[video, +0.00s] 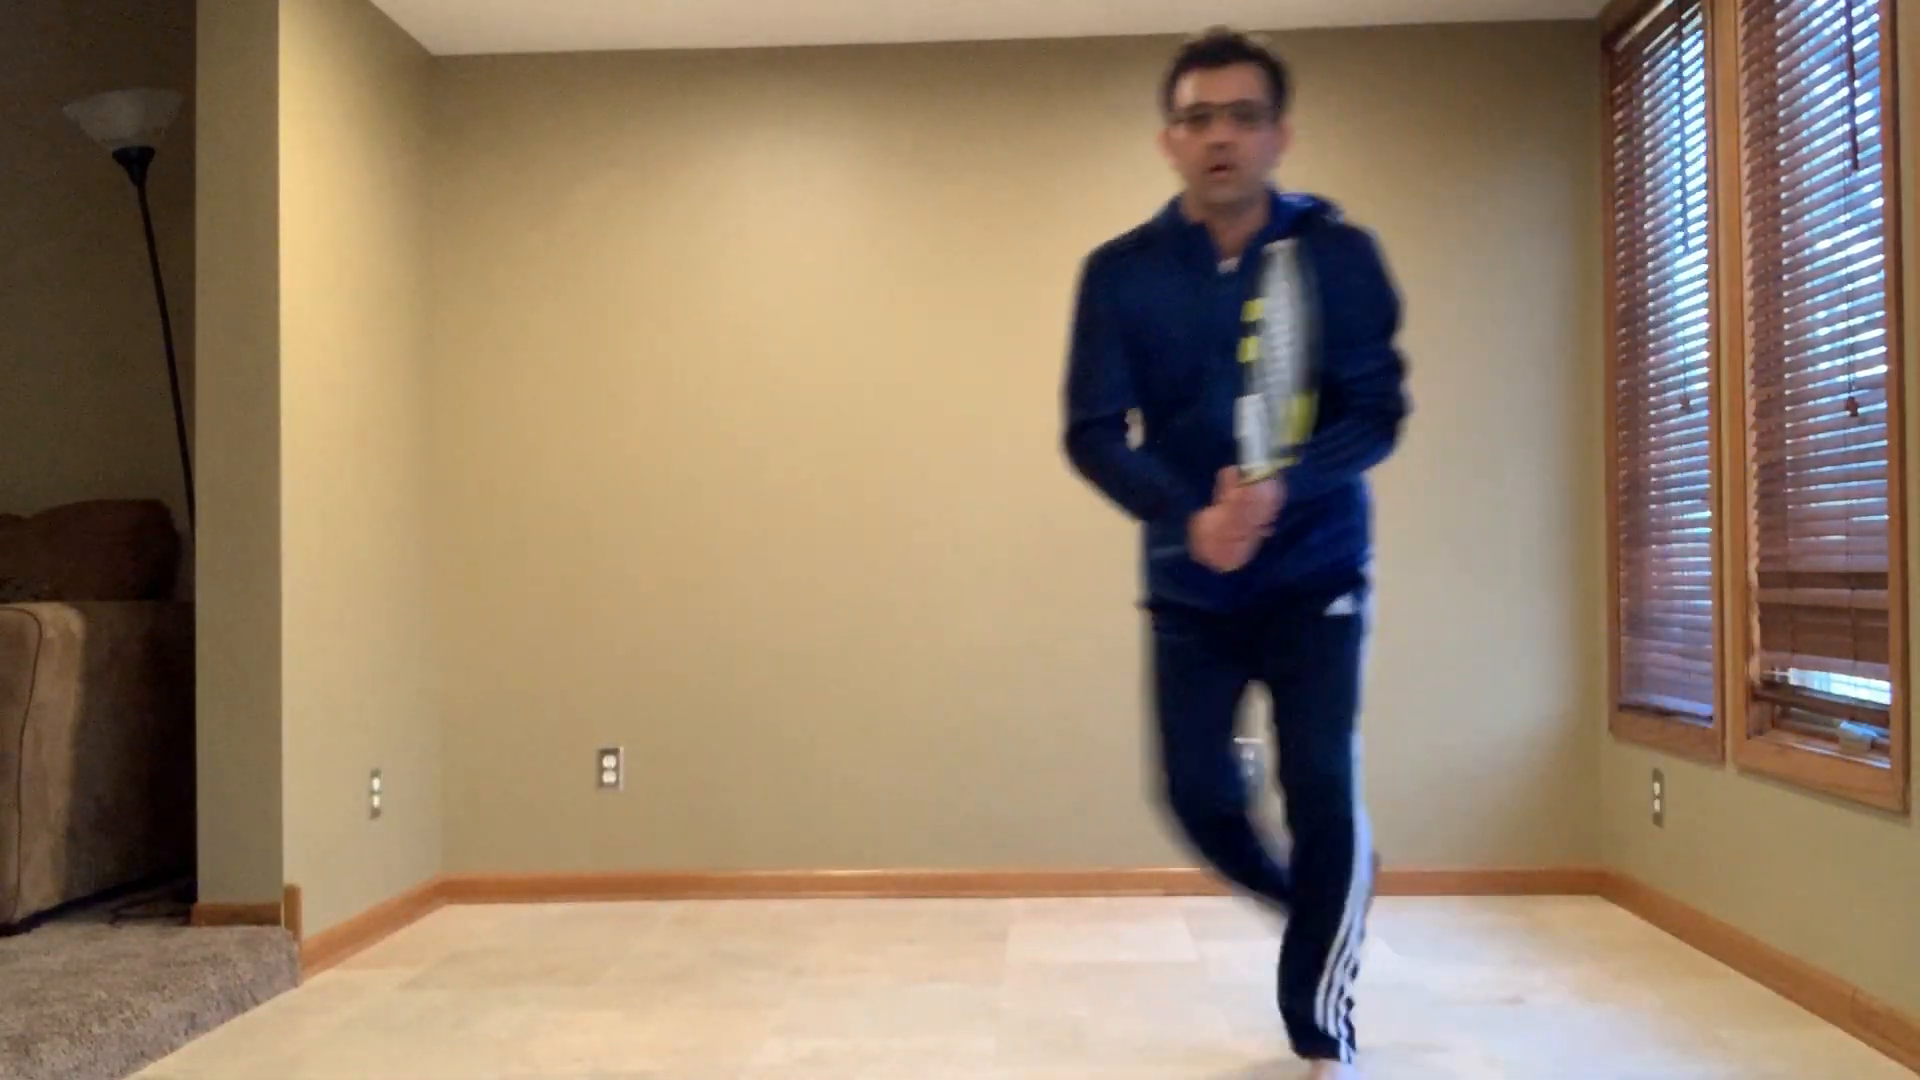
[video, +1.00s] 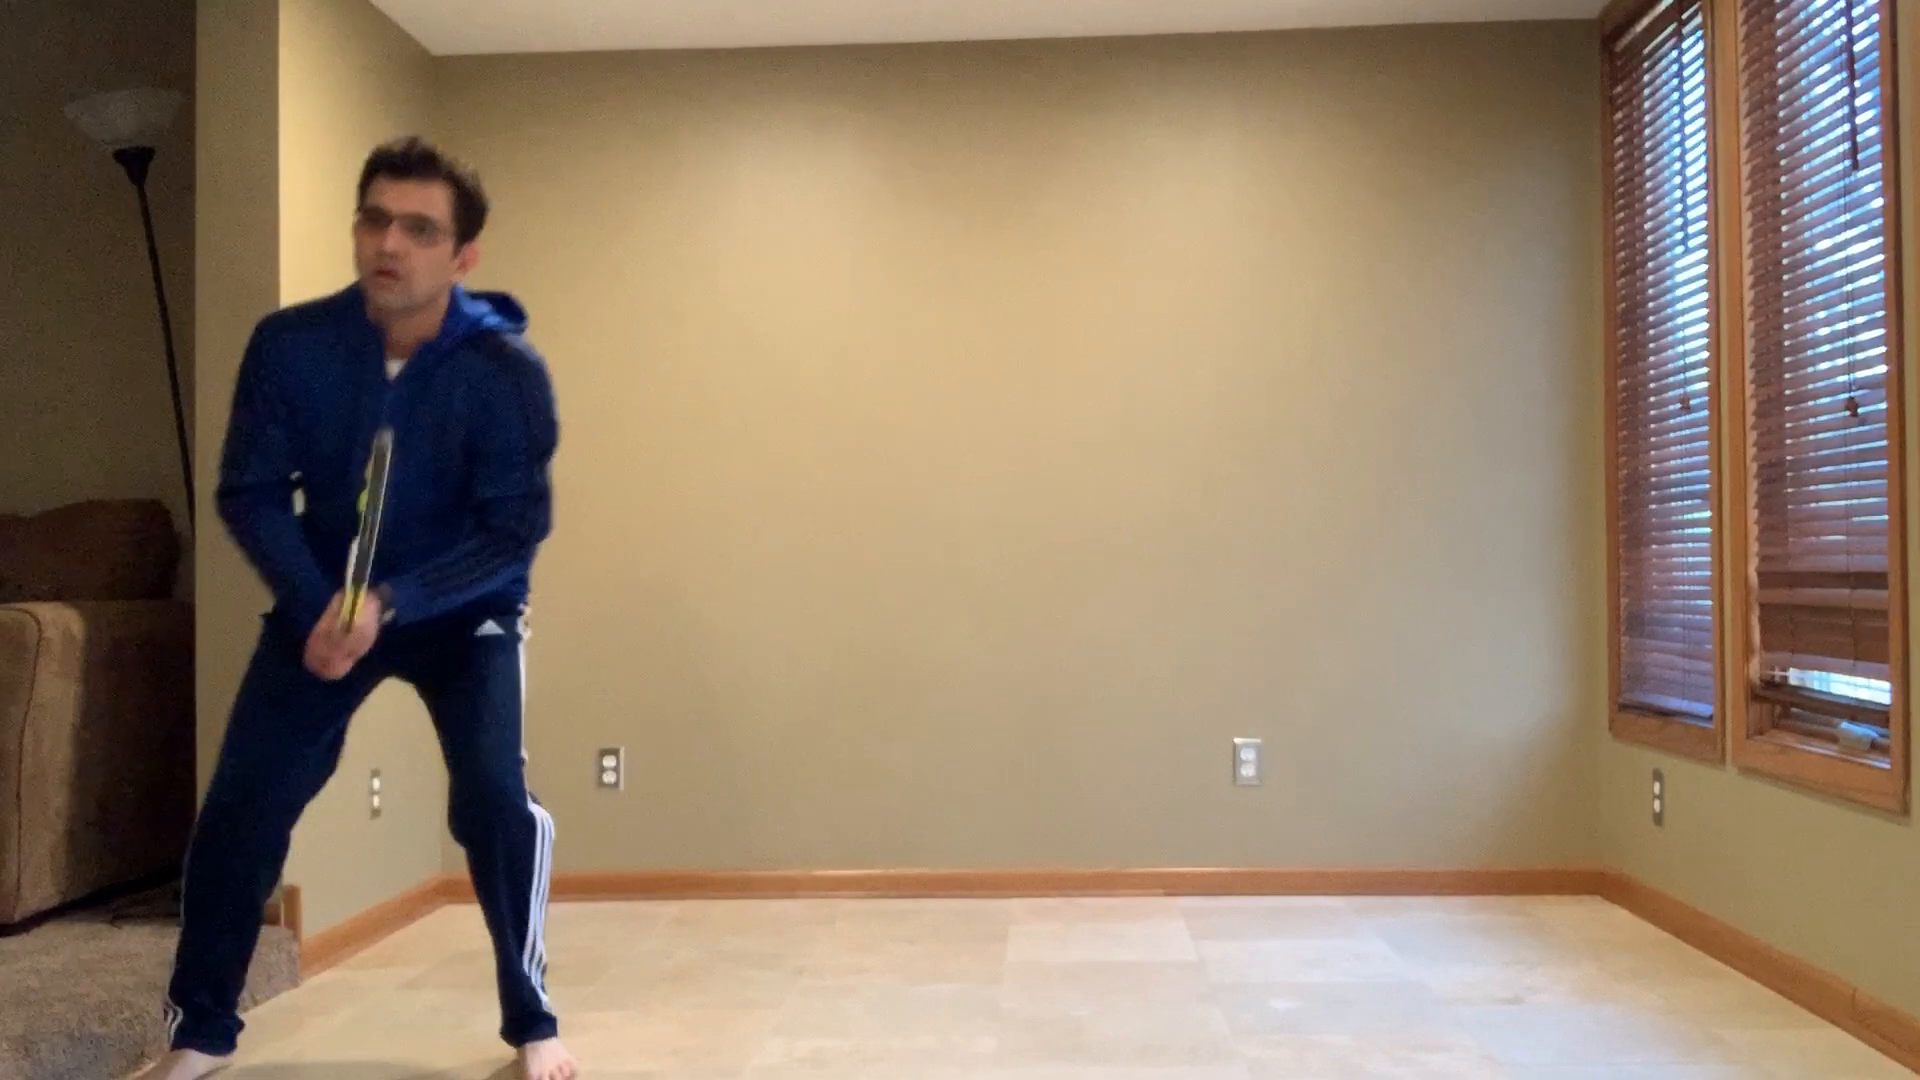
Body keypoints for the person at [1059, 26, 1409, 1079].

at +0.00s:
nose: (1217, 136)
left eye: (1241, 116)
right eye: (1195, 118)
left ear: (1280, 133)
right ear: (1167, 138)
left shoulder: (1338, 255)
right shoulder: (1121, 272)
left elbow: (1377, 410)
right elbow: (1090, 435)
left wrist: (1279, 488)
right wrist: (1189, 521)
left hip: (1315, 577)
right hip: (1192, 585)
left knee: (1322, 794)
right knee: (1198, 795)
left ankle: (1320, 1019)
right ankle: (1319, 901)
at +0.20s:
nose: (984, 141)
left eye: (1010, 122)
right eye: (968, 122)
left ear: (1060, 134)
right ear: (951, 134)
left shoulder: (1119, 252)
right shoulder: (910, 265)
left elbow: (1149, 406)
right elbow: (882, 421)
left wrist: (1040, 477)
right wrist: (957, 501)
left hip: (1103, 575)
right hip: (965, 584)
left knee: (1193, 794)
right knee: (908, 801)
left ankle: (1291, 1036)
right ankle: (893, 1029)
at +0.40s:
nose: (800, 137)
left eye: (825, 118)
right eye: (787, 117)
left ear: (882, 125)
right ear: (775, 126)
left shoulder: (943, 253)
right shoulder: (736, 247)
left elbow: (957, 408)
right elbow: (701, 394)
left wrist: (841, 478)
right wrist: (759, 485)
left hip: (903, 559)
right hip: (770, 557)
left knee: (903, 779)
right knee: (709, 757)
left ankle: (877, 994)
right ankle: (748, 972)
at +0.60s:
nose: (630, 153)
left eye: (656, 137)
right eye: (618, 134)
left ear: (711, 158)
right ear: (603, 147)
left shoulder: (752, 279)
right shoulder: (547, 265)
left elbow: (773, 440)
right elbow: (507, 412)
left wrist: (655, 498)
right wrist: (574, 509)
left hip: (708, 589)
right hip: (574, 591)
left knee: (769, 790)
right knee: (520, 804)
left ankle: (857, 1011)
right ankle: (507, 1023)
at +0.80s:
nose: (494, 137)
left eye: (522, 122)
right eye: (481, 116)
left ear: (570, 147)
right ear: (460, 131)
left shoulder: (618, 268)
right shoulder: (405, 248)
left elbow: (640, 425)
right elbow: (362, 394)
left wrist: (508, 487)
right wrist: (430, 490)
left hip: (568, 561)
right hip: (434, 554)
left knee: (559, 788)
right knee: (357, 764)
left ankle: (535, 1011)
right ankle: (341, 990)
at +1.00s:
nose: (386, 245)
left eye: (416, 229)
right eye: (374, 222)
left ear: (463, 257)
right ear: (353, 232)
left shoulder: (505, 373)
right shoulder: (289, 342)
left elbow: (512, 536)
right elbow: (246, 492)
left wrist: (387, 603)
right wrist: (312, 607)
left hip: (462, 616)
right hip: (323, 615)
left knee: (493, 798)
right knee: (240, 808)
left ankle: (532, 1022)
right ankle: (202, 1030)